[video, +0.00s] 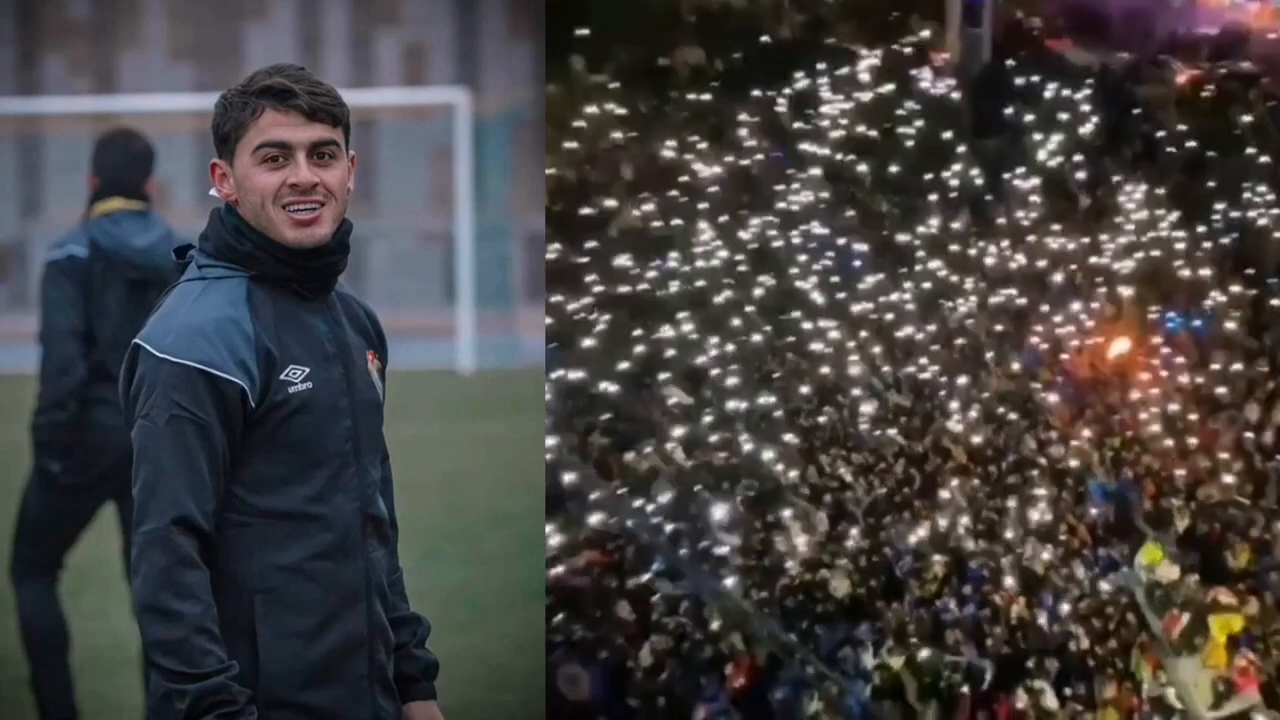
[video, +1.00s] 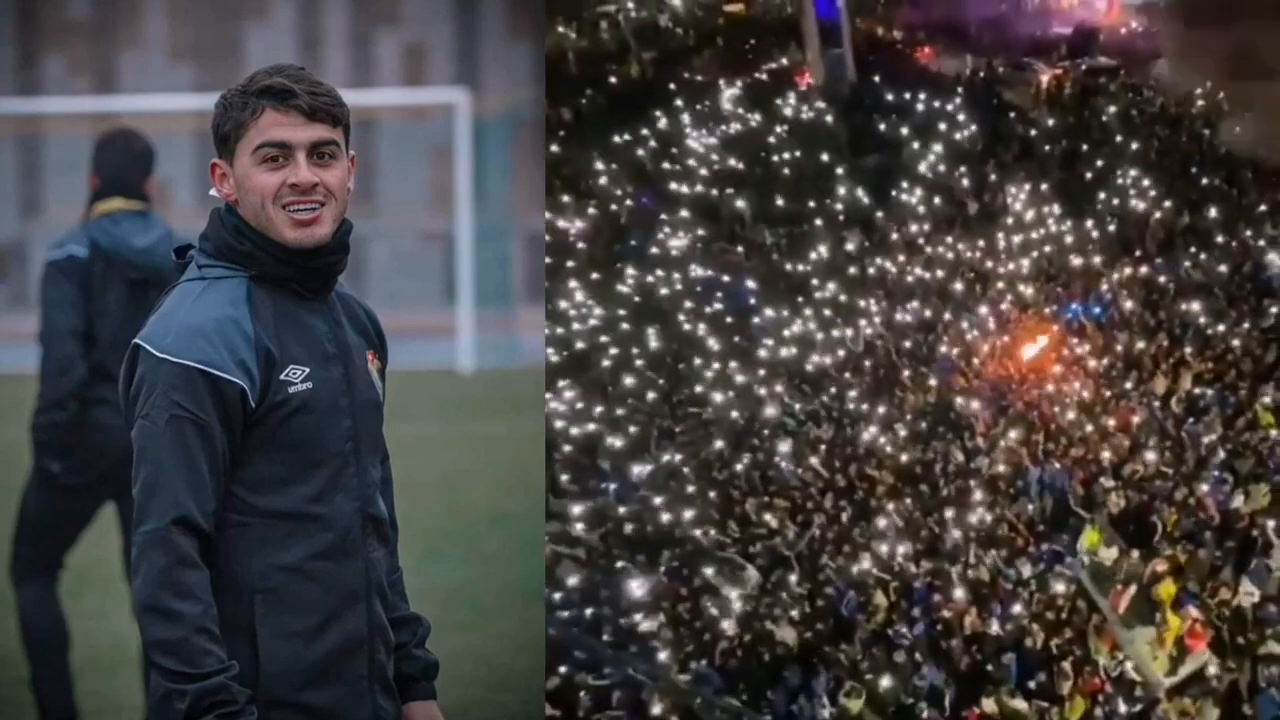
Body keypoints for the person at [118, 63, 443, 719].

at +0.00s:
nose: (304, 178)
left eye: (322, 155)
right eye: (274, 158)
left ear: (350, 171)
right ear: (226, 182)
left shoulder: (356, 323)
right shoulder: (195, 334)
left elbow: (372, 525)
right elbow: (164, 550)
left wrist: (414, 685)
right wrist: (213, 705)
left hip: (365, 690)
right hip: (259, 691)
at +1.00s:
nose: (304, 178)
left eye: (322, 155)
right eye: (274, 158)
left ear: (350, 171)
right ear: (226, 182)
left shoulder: (356, 323)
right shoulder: (195, 334)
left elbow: (372, 525)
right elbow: (164, 550)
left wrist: (414, 684)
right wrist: (213, 705)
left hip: (365, 690)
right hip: (259, 691)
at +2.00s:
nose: (305, 178)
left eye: (322, 155)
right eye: (274, 158)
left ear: (349, 171)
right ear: (226, 182)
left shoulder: (356, 323)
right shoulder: (195, 334)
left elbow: (372, 525)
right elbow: (164, 550)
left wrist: (414, 684)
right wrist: (213, 705)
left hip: (366, 690)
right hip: (260, 691)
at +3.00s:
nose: (305, 178)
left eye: (322, 155)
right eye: (274, 158)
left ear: (349, 171)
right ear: (226, 182)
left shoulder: (356, 323)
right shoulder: (195, 334)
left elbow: (372, 525)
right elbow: (164, 550)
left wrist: (414, 684)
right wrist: (213, 705)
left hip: (365, 690)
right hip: (260, 691)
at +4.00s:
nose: (305, 178)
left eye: (322, 155)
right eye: (274, 158)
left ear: (349, 171)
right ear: (226, 182)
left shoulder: (356, 323)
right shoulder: (195, 335)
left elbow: (373, 525)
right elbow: (164, 550)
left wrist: (414, 685)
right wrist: (213, 705)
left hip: (366, 691)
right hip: (260, 692)